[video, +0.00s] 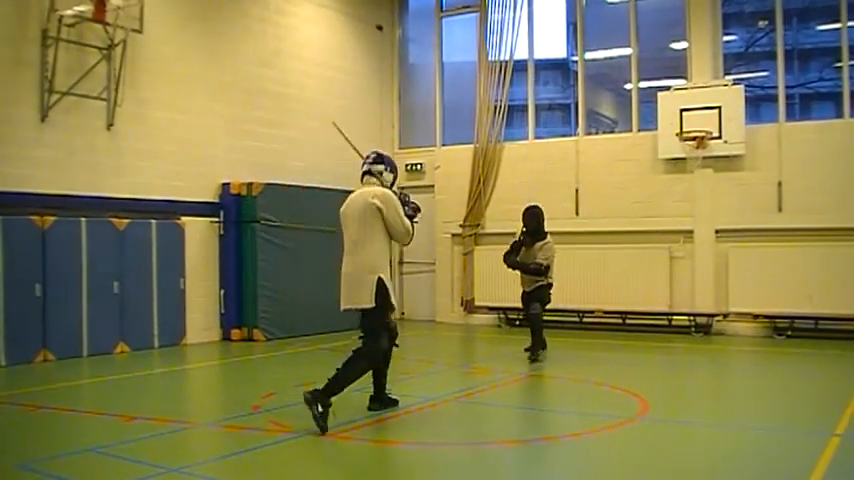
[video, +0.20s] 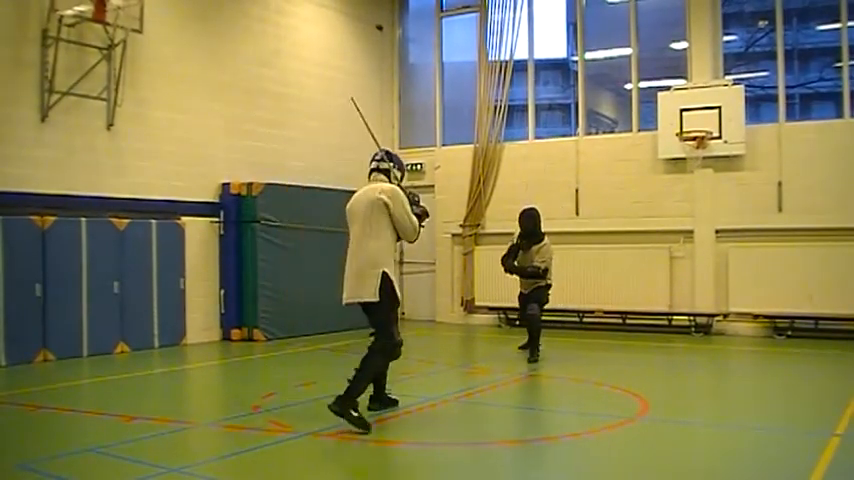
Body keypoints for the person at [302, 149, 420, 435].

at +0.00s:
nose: (394, 181)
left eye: (393, 177)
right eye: (394, 176)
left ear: (365, 173)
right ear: (388, 174)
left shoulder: (349, 201)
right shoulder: (384, 196)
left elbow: (366, 237)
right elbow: (404, 235)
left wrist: (398, 212)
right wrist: (408, 215)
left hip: (355, 279)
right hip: (375, 279)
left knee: (386, 335)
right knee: (377, 344)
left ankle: (380, 395)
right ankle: (322, 396)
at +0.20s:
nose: (401, 178)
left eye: (401, 174)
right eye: (400, 174)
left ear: (372, 170)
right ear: (394, 171)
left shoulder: (355, 199)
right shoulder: (391, 191)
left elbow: (367, 235)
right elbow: (410, 233)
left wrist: (403, 211)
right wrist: (417, 214)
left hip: (357, 277)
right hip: (380, 276)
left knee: (384, 338)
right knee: (389, 340)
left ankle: (379, 394)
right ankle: (347, 400)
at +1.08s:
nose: (414, 186)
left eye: (413, 182)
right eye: (414, 182)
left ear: (386, 182)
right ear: (410, 182)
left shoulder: (371, 211)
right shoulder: (415, 207)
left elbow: (378, 250)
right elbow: (430, 253)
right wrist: (428, 229)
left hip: (380, 298)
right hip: (408, 297)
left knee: (420, 328)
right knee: (412, 362)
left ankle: (419, 390)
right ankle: (367, 416)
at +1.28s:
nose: (424, 187)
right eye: (424, 183)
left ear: (397, 185)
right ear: (421, 184)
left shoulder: (381, 213)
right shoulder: (432, 209)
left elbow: (371, 256)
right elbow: (443, 254)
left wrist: (397, 255)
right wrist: (421, 247)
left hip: (393, 296)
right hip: (422, 294)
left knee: (418, 343)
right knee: (419, 358)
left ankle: (419, 391)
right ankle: (377, 403)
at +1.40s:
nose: (429, 186)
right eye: (429, 181)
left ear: (402, 183)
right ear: (427, 183)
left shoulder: (387, 209)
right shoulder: (438, 208)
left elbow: (377, 250)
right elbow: (447, 254)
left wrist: (401, 258)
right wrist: (425, 258)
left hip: (399, 294)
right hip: (430, 294)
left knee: (411, 341)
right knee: (438, 355)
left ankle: (418, 392)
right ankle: (406, 386)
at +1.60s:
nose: (437, 186)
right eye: (437, 181)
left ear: (412, 182)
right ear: (437, 182)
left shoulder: (399, 204)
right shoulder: (450, 208)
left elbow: (388, 243)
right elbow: (453, 246)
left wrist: (411, 261)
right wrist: (434, 261)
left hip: (411, 283)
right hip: (445, 282)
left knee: (408, 335)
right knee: (459, 335)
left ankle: (418, 392)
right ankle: (448, 390)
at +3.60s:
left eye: (434, 181)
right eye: (452, 182)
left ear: (429, 182)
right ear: (455, 184)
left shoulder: (417, 206)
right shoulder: (467, 211)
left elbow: (413, 249)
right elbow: (471, 250)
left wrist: (434, 266)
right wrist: (456, 269)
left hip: (430, 286)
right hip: (462, 286)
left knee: (400, 348)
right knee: (463, 335)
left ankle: (396, 414)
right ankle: (471, 392)